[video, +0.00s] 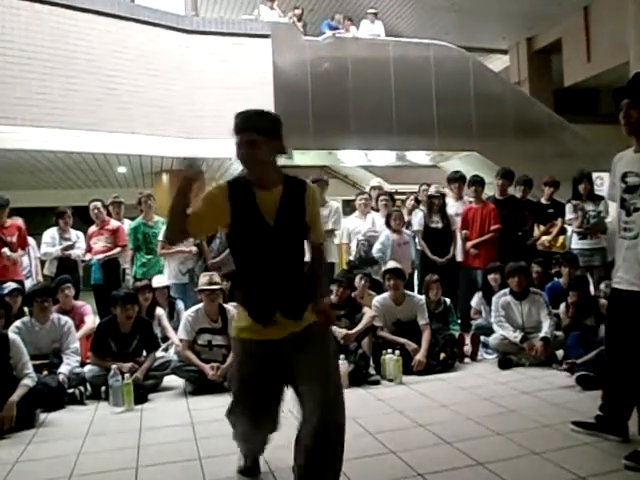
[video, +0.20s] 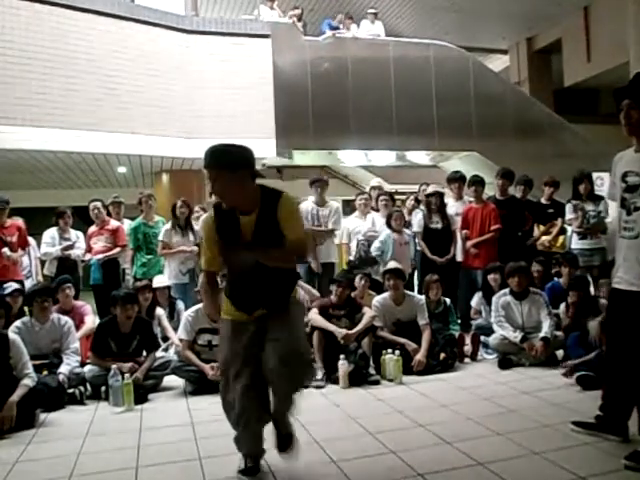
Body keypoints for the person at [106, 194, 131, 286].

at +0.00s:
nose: (117, 210)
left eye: (119, 207)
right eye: (114, 207)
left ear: (123, 208)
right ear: (109, 209)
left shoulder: (130, 225)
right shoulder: (106, 226)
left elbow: (132, 245)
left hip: (126, 263)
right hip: (110, 262)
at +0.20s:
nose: (116, 210)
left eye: (119, 207)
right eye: (113, 207)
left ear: (123, 208)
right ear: (109, 208)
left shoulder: (130, 225)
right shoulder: (106, 226)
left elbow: (133, 245)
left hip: (127, 263)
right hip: (110, 262)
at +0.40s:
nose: (116, 210)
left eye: (119, 207)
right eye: (113, 207)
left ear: (123, 208)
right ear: (108, 209)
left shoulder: (131, 225)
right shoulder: (105, 226)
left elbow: (133, 245)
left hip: (126, 263)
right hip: (110, 262)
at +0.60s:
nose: (116, 210)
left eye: (119, 207)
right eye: (113, 207)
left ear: (123, 208)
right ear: (108, 209)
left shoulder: (130, 225)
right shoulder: (105, 226)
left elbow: (134, 245)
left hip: (126, 264)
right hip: (110, 262)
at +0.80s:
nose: (116, 210)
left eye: (118, 207)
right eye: (113, 207)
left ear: (123, 208)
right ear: (108, 209)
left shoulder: (130, 225)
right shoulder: (106, 226)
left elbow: (133, 245)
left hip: (126, 263)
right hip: (110, 262)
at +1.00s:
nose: (116, 210)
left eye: (119, 207)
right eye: (113, 207)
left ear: (123, 208)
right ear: (108, 209)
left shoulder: (130, 225)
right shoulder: (106, 226)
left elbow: (133, 245)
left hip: (126, 263)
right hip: (111, 262)